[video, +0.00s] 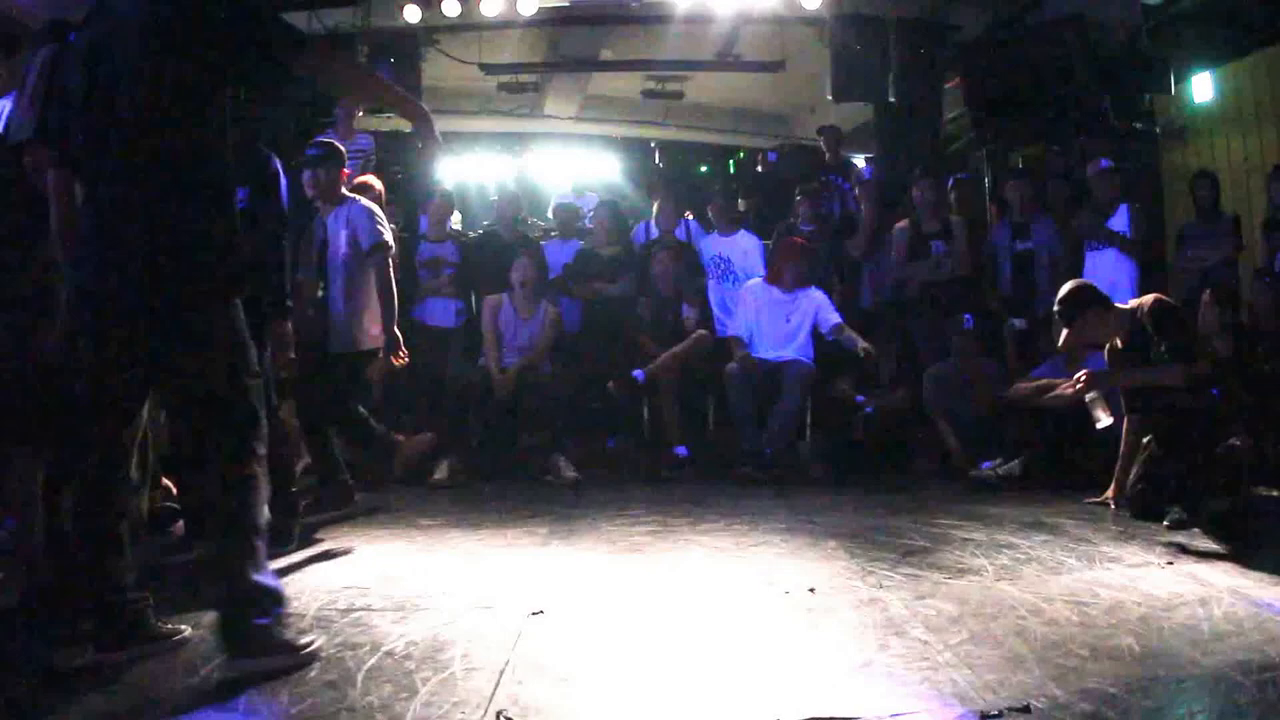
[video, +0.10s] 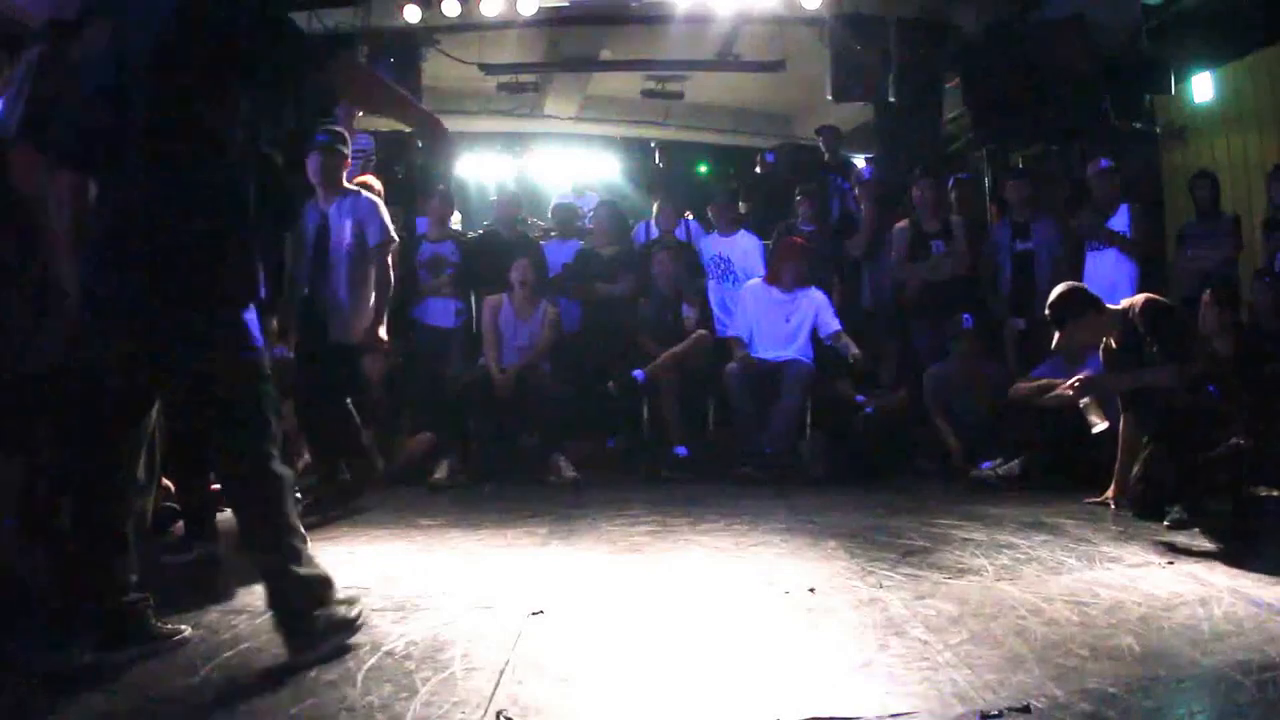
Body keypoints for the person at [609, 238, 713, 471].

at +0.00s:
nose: (662, 268)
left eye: (668, 262)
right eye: (657, 263)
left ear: (679, 266)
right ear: (650, 268)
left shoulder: (692, 299)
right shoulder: (646, 301)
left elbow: (703, 333)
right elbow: (640, 336)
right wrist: (664, 357)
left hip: (689, 357)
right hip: (657, 359)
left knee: (703, 337)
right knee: (668, 374)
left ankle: (643, 374)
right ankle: (677, 446)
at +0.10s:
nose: (661, 268)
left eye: (667, 263)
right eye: (656, 263)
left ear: (679, 266)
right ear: (650, 268)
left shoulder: (693, 297)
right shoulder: (646, 300)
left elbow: (701, 332)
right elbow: (642, 337)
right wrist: (668, 356)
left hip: (693, 356)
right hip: (659, 358)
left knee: (703, 337)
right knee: (668, 373)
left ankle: (643, 375)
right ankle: (678, 445)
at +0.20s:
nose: (658, 270)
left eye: (665, 264)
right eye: (655, 264)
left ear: (680, 267)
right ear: (650, 268)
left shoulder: (696, 296)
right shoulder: (647, 301)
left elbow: (705, 333)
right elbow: (646, 341)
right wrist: (673, 356)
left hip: (696, 357)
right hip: (660, 359)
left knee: (702, 337)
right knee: (669, 371)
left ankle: (641, 375)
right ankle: (677, 442)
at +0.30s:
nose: (659, 270)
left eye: (665, 263)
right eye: (656, 263)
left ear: (679, 268)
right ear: (652, 267)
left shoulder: (692, 296)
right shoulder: (646, 300)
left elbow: (697, 331)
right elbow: (642, 335)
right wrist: (665, 357)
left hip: (691, 354)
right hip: (658, 355)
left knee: (703, 338)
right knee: (670, 372)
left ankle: (642, 375)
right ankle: (678, 445)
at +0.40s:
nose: (656, 268)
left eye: (663, 262)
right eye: (655, 262)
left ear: (678, 268)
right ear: (651, 267)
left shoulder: (691, 298)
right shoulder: (645, 301)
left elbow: (699, 331)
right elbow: (640, 335)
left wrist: (691, 328)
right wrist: (665, 356)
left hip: (692, 356)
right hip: (659, 356)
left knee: (703, 338)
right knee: (669, 372)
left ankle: (642, 375)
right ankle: (678, 447)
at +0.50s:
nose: (663, 274)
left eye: (669, 268)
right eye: (658, 268)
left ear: (681, 271)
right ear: (650, 270)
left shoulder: (692, 300)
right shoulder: (647, 303)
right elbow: (644, 339)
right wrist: (667, 357)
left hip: (692, 355)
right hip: (658, 357)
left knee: (702, 338)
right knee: (668, 373)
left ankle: (641, 375)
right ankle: (678, 443)